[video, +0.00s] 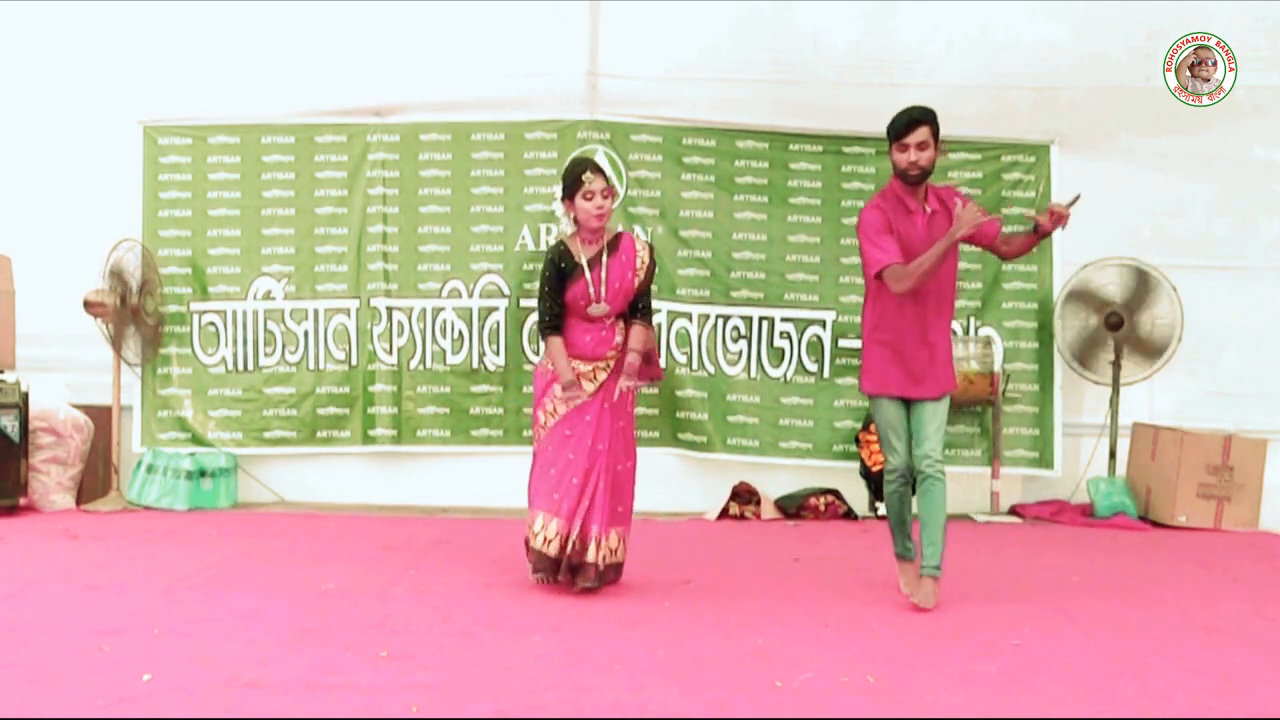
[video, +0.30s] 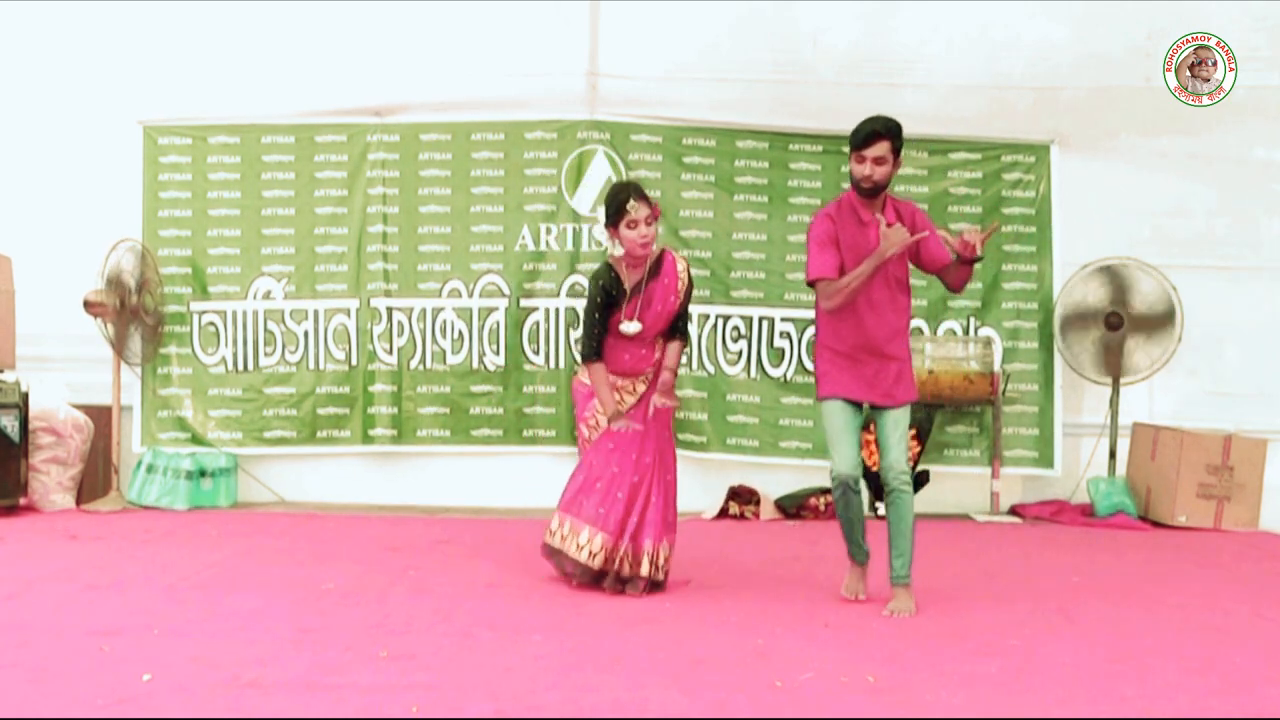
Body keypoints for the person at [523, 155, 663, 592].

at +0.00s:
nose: (600, 204)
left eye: (606, 194)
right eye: (588, 196)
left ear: (615, 198)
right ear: (570, 204)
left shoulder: (637, 252)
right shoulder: (560, 256)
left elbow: (641, 313)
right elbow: (549, 323)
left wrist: (633, 358)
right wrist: (566, 375)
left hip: (614, 368)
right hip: (564, 366)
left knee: (605, 458)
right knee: (563, 456)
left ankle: (596, 557)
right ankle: (558, 552)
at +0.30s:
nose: (645, 234)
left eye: (650, 223)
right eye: (633, 226)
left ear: (658, 223)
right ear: (613, 233)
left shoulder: (676, 269)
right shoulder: (606, 281)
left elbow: (678, 331)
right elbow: (591, 350)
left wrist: (663, 388)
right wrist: (610, 410)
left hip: (651, 382)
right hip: (603, 381)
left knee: (650, 462)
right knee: (614, 459)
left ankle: (638, 563)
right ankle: (598, 557)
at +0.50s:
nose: (669, 231)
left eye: (674, 221)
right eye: (658, 224)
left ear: (681, 221)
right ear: (638, 231)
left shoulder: (700, 265)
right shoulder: (630, 279)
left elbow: (707, 327)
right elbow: (622, 345)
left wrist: (712, 389)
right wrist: (640, 391)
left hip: (679, 372)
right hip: (633, 373)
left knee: (681, 455)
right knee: (643, 456)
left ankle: (676, 555)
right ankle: (639, 553)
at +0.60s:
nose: (684, 225)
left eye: (689, 214)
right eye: (673, 219)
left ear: (696, 216)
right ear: (654, 228)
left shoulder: (712, 262)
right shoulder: (647, 277)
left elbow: (724, 322)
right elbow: (630, 346)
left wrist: (733, 368)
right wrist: (663, 384)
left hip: (697, 375)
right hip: (647, 375)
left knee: (700, 458)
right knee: (648, 458)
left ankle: (696, 554)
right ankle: (617, 549)